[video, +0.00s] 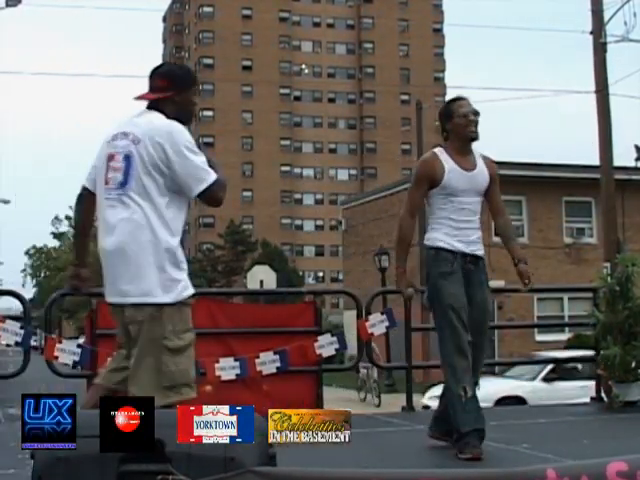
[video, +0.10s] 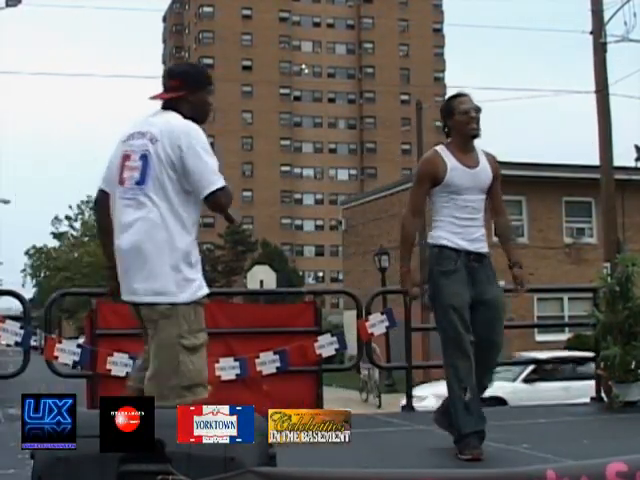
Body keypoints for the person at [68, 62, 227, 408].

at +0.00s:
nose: (196, 104)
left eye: (196, 96)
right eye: (192, 96)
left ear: (155, 97)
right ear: (174, 97)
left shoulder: (117, 134)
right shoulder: (170, 133)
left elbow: (86, 199)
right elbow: (215, 194)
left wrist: (79, 264)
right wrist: (201, 159)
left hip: (120, 280)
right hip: (159, 281)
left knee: (130, 357)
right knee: (171, 383)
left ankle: (86, 415)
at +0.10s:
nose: (211, 104)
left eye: (211, 96)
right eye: (207, 95)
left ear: (170, 97)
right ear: (187, 97)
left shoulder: (132, 134)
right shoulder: (185, 132)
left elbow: (103, 203)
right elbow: (219, 199)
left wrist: (114, 269)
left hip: (135, 279)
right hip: (172, 280)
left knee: (157, 364)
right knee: (180, 385)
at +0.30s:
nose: (243, 108)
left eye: (242, 100)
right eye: (238, 100)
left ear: (204, 100)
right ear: (216, 100)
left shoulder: (167, 135)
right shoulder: (211, 135)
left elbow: (139, 205)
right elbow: (217, 201)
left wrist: (163, 246)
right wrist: (250, 218)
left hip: (166, 277)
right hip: (196, 280)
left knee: (185, 374)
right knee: (201, 381)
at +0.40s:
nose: (260, 111)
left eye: (259, 103)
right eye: (254, 103)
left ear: (222, 103)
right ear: (229, 103)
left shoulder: (190, 137)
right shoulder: (223, 137)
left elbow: (161, 208)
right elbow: (221, 200)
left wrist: (179, 258)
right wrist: (261, 220)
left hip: (189, 282)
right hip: (208, 284)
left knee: (231, 385)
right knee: (203, 387)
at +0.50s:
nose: (275, 113)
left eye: (275, 105)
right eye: (269, 105)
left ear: (241, 107)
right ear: (245, 106)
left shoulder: (219, 140)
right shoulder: (233, 138)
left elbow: (209, 209)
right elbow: (227, 197)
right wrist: (273, 222)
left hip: (228, 284)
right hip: (221, 286)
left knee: (253, 378)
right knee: (211, 385)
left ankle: (267, 448)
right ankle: (191, 462)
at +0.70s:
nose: (303, 119)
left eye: (304, 111)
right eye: (300, 111)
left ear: (277, 108)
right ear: (277, 107)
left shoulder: (265, 142)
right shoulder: (253, 137)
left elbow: (252, 208)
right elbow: (241, 195)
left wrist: (295, 226)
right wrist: (297, 214)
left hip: (268, 276)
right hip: (256, 277)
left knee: (279, 373)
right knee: (272, 370)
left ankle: (268, 451)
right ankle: (223, 447)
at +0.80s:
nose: (316, 115)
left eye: (317, 107)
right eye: (310, 107)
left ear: (295, 105)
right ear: (286, 103)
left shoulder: (283, 145)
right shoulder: (262, 135)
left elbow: (281, 222)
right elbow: (249, 195)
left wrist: (305, 268)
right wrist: (307, 209)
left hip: (281, 267)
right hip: (267, 266)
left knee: (284, 358)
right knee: (301, 351)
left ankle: (269, 448)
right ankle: (274, 447)